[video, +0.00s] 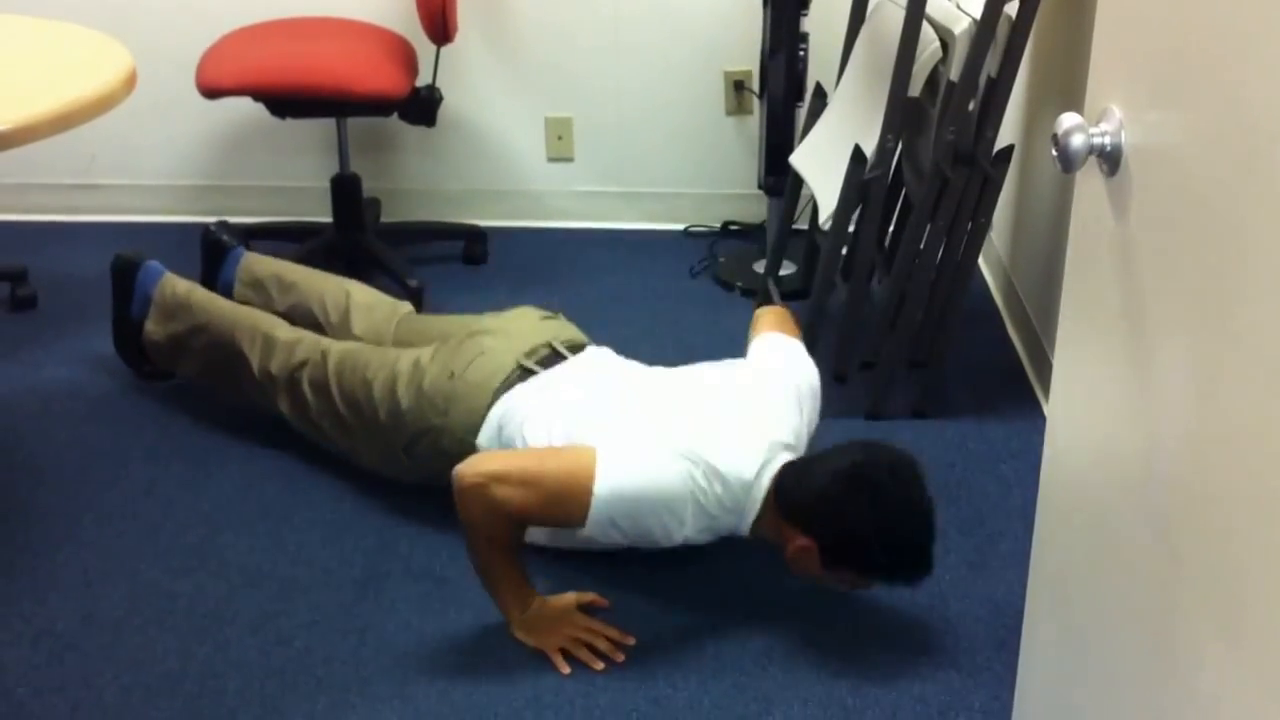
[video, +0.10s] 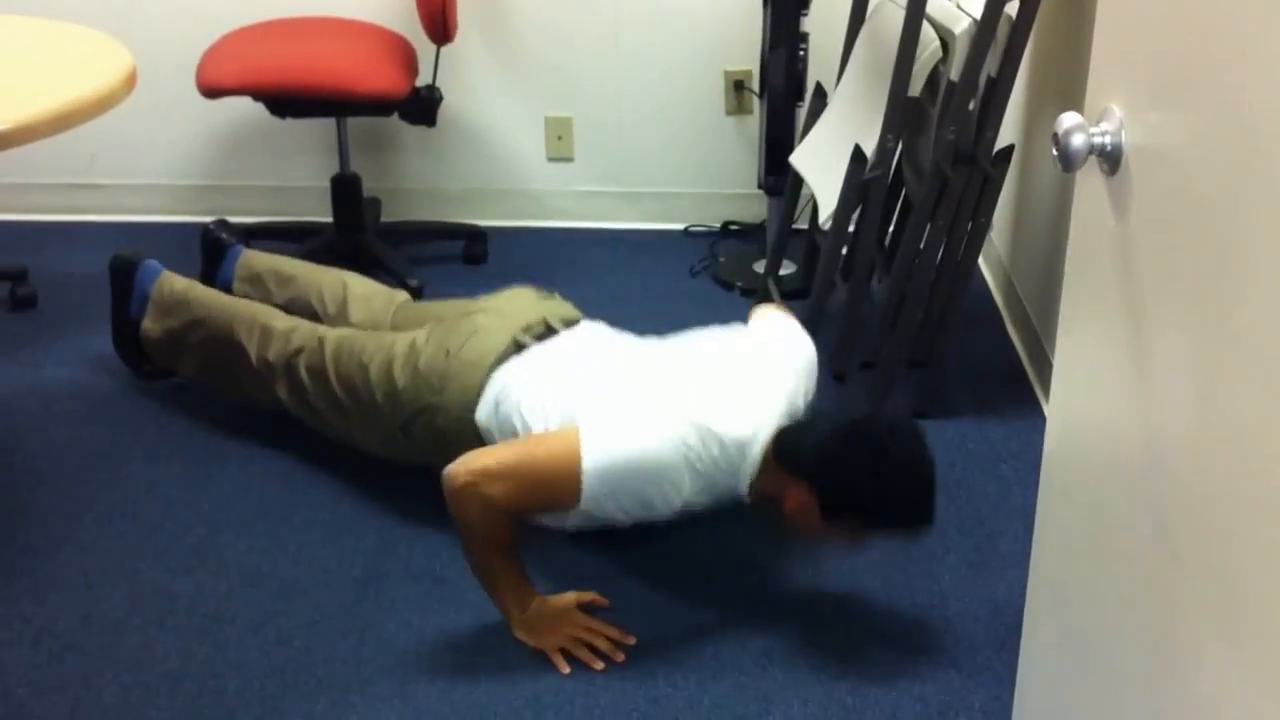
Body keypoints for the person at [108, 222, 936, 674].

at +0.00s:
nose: (834, 580)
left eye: (849, 569)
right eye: (842, 570)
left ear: (850, 463)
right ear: (810, 545)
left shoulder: (794, 392)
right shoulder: (680, 492)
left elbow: (777, 316)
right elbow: (479, 487)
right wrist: (524, 608)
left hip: (551, 340)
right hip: (474, 405)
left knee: (396, 322)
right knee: (299, 369)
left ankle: (247, 265)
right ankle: (161, 310)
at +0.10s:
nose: (836, 545)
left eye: (854, 537)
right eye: (844, 533)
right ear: (808, 499)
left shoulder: (789, 364)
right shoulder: (670, 463)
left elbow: (771, 309)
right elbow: (471, 486)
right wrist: (525, 610)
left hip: (543, 318)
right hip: (472, 388)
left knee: (392, 312)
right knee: (298, 361)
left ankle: (245, 261)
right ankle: (159, 310)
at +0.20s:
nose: (833, 464)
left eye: (850, 460)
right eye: (838, 454)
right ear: (796, 417)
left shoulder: (780, 298)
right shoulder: (654, 399)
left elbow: (752, 375)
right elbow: (472, 480)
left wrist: (758, 450)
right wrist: (526, 608)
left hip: (530, 285)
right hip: (468, 362)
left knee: (375, 291)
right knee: (292, 352)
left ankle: (237, 256)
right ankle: (157, 310)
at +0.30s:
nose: (830, 395)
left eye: (848, 388)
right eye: (834, 380)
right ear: (789, 338)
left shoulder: (770, 244)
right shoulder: (643, 335)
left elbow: (763, 352)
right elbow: (496, 461)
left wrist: (760, 453)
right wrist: (526, 606)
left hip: (522, 247)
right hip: (461, 316)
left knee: (373, 277)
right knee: (291, 338)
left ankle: (237, 252)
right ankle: (152, 307)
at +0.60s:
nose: (843, 435)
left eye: (858, 426)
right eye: (845, 421)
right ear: (796, 376)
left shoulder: (780, 272)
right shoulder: (665, 371)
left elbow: (760, 361)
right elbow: (476, 471)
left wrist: (759, 449)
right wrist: (527, 607)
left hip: (526, 264)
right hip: (464, 341)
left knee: (373, 284)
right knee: (295, 347)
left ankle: (240, 255)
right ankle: (156, 313)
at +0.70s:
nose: (847, 535)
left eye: (863, 523)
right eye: (848, 519)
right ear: (808, 478)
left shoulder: (788, 334)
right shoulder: (668, 451)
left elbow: (705, 323)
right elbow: (472, 484)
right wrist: (525, 608)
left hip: (539, 305)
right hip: (465, 383)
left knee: (391, 308)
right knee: (293, 358)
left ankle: (246, 258)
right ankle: (156, 309)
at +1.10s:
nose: (847, 426)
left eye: (864, 417)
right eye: (852, 413)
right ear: (800, 372)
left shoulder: (777, 275)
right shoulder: (655, 366)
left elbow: (761, 359)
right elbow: (482, 473)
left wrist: (759, 453)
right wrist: (526, 606)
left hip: (524, 267)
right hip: (463, 340)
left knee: (376, 287)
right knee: (293, 344)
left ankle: (242, 255)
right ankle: (158, 309)